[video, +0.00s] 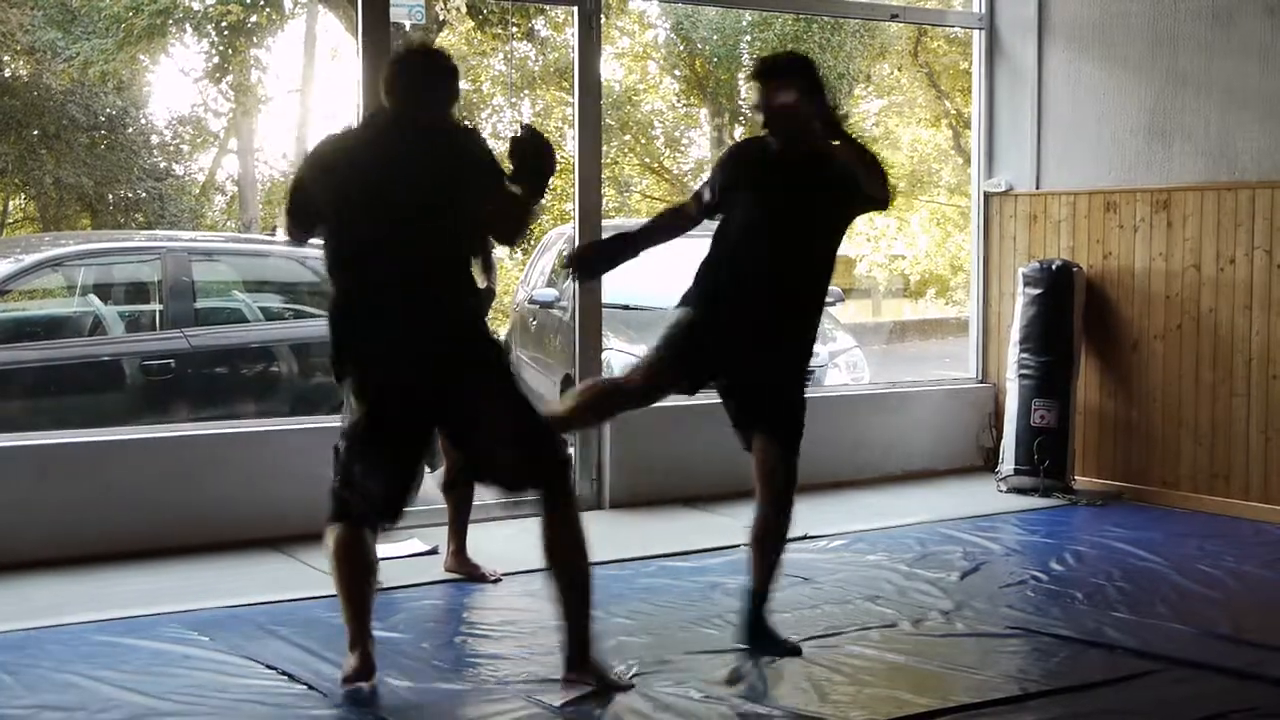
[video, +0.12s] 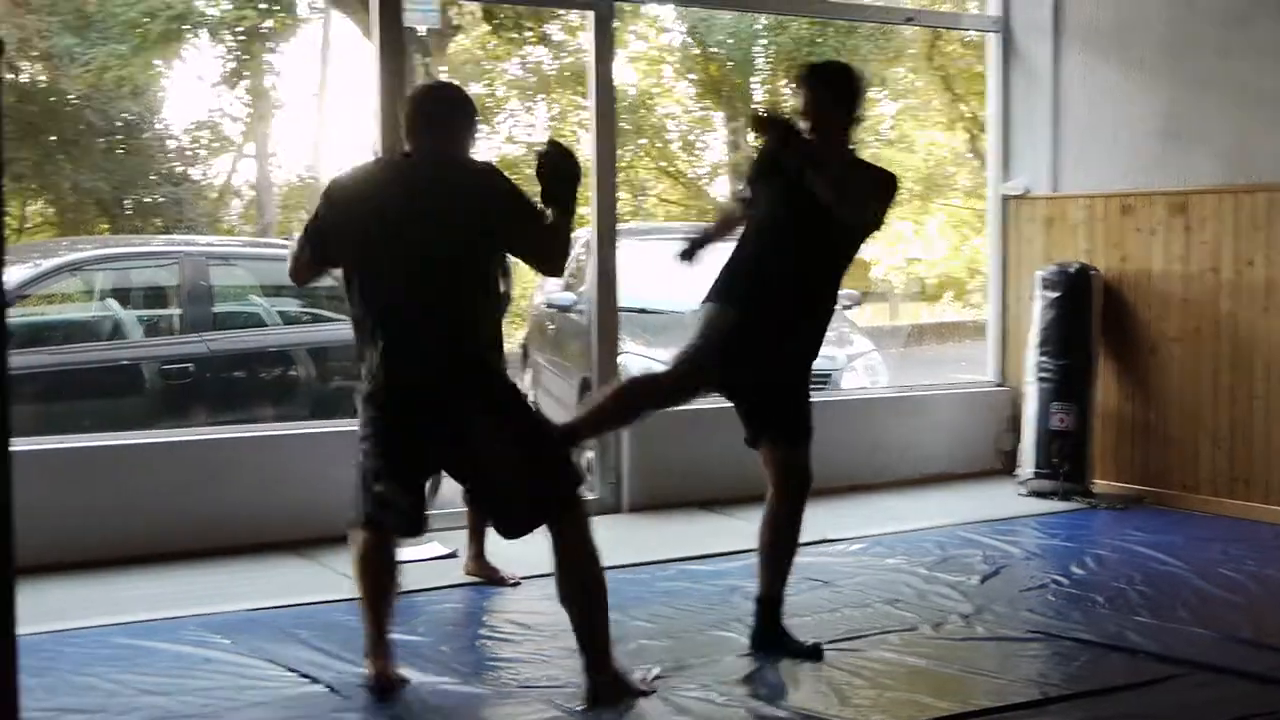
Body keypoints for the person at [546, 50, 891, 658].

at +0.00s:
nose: (774, 118)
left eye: (785, 106)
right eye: (766, 108)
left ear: (813, 104)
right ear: (759, 109)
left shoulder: (843, 171)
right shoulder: (746, 159)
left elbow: (880, 195)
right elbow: (686, 214)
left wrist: (833, 135)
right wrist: (611, 251)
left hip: (780, 341)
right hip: (714, 320)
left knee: (776, 489)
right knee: (637, 387)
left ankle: (756, 620)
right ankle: (537, 427)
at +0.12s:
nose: (812, 112)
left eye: (823, 102)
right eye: (809, 100)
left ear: (847, 107)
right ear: (804, 102)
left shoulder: (875, 181)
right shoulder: (781, 155)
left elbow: (850, 217)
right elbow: (748, 209)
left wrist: (793, 149)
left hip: (788, 348)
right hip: (733, 321)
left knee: (790, 486)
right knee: (678, 383)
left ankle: (768, 625)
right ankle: (559, 440)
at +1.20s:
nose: (735, 153)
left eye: (745, 142)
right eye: (731, 143)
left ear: (779, 138)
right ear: (732, 143)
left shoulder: (825, 192)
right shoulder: (736, 198)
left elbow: (857, 278)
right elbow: (704, 272)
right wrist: (723, 226)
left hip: (813, 347)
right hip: (752, 348)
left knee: (797, 469)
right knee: (764, 478)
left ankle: (787, 603)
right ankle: (810, 581)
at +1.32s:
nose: (729, 152)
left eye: (736, 140)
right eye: (725, 142)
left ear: (770, 133)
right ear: (733, 140)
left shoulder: (821, 186)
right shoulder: (739, 192)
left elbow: (857, 268)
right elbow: (714, 262)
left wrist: (805, 272)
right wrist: (736, 202)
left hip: (814, 338)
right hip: (757, 340)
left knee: (802, 459)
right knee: (767, 465)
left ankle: (812, 589)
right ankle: (806, 574)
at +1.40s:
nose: (722, 141)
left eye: (729, 130)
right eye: (721, 131)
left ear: (763, 126)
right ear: (738, 131)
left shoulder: (821, 180)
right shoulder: (741, 182)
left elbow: (864, 256)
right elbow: (715, 251)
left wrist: (812, 270)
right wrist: (736, 188)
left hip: (814, 339)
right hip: (759, 340)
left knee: (803, 463)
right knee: (773, 464)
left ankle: (825, 597)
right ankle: (804, 574)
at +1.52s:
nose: (722, 138)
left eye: (729, 125)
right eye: (719, 126)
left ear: (763, 121)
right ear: (737, 126)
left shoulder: (822, 170)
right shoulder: (744, 178)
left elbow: (875, 239)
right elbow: (721, 248)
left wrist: (813, 249)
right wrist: (719, 210)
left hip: (816, 341)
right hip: (761, 339)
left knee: (803, 468)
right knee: (773, 463)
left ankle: (826, 601)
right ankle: (802, 570)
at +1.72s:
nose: (726, 139)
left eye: (734, 125)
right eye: (725, 126)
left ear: (770, 121)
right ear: (750, 125)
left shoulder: (830, 170)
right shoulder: (751, 184)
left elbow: (873, 241)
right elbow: (741, 261)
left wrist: (801, 215)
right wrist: (716, 220)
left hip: (825, 344)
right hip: (766, 341)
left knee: (813, 475)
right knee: (726, 462)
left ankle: (827, 602)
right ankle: (776, 551)